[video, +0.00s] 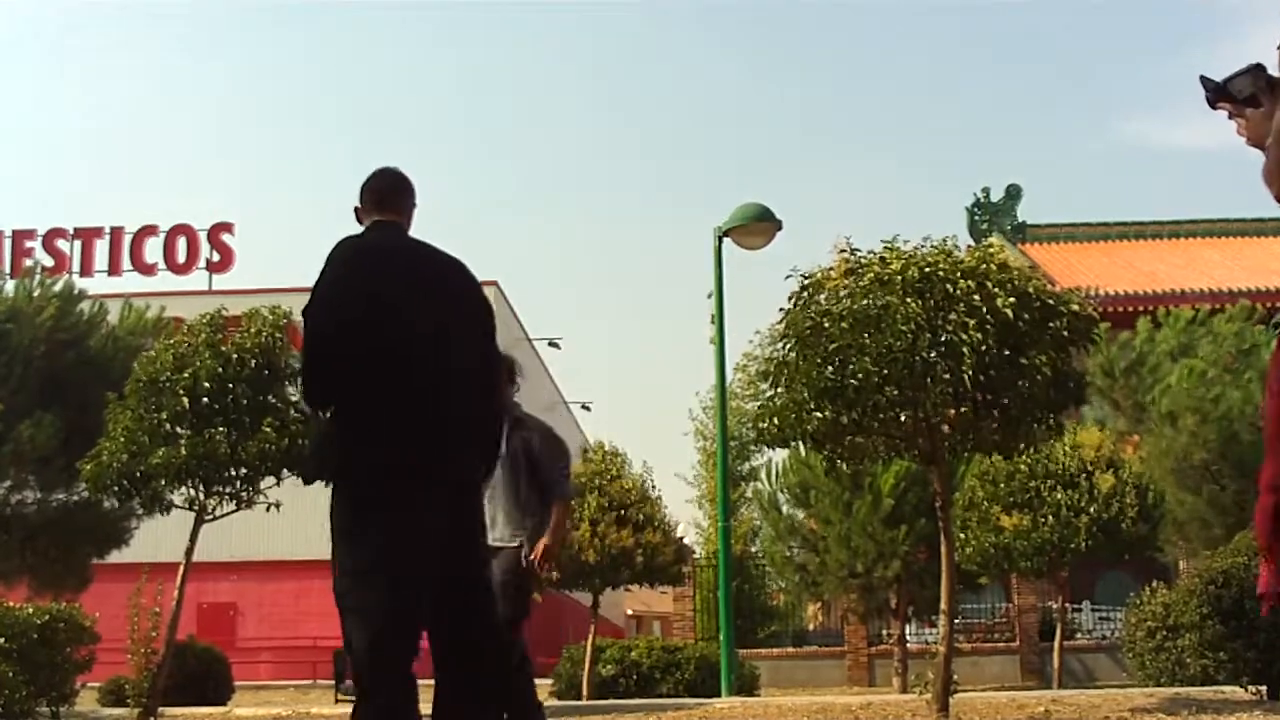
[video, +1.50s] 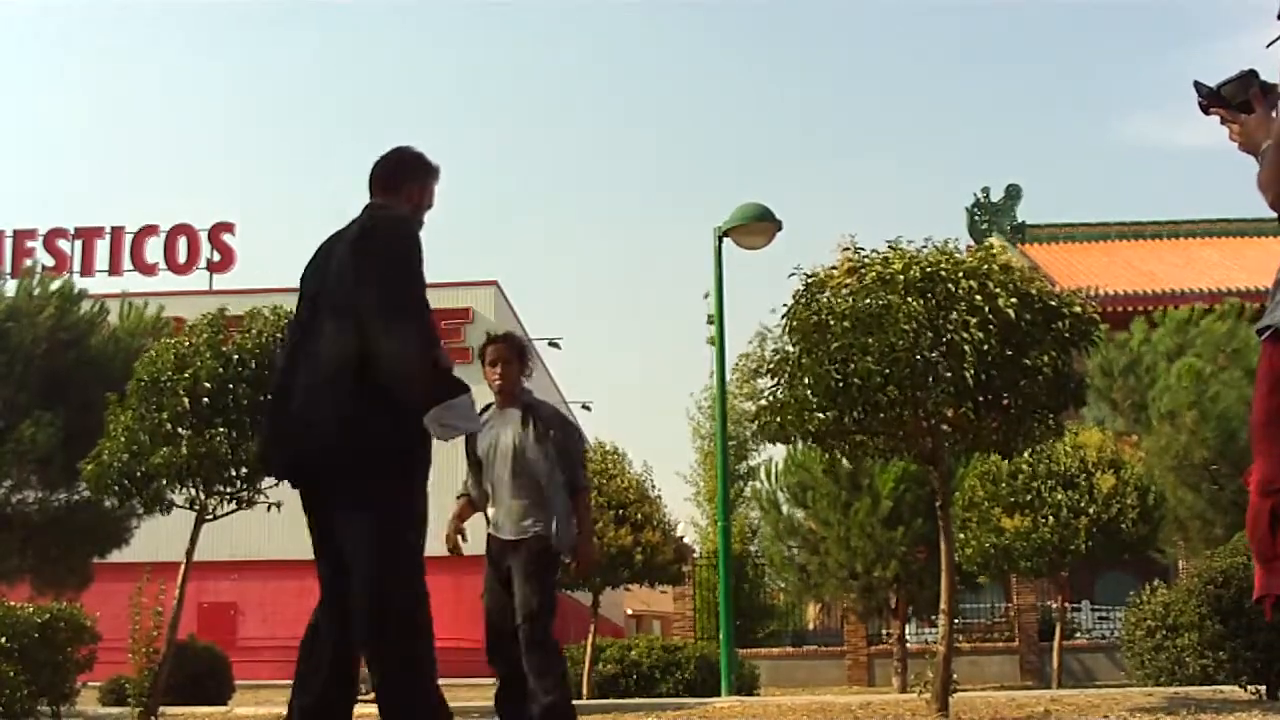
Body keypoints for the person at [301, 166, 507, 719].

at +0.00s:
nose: (371, 218)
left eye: (363, 210)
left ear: (361, 210)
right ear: (413, 211)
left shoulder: (342, 269)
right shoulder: (456, 274)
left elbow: (317, 387)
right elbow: (491, 385)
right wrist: (473, 464)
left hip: (371, 475)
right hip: (450, 475)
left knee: (379, 647)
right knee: (467, 640)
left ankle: (386, 714)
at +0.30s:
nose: (374, 220)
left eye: (363, 211)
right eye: (395, 214)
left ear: (353, 212)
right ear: (407, 214)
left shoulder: (331, 259)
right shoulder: (444, 270)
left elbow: (290, 359)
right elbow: (491, 370)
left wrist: (338, 397)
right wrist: (493, 447)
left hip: (358, 477)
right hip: (438, 469)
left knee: (358, 633)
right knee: (463, 635)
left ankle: (365, 718)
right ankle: (471, 719)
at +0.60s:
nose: (355, 208)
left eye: (336, 199)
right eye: (370, 198)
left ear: (324, 199)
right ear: (379, 199)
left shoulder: (298, 257)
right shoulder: (414, 254)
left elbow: (270, 354)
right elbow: (477, 346)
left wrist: (321, 385)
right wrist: (519, 418)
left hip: (337, 459)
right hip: (417, 456)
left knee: (354, 614)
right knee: (446, 609)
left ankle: (364, 708)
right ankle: (460, 706)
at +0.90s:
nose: (364, 215)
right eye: (367, 207)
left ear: (310, 208)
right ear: (364, 208)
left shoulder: (279, 267)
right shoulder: (400, 261)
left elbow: (256, 365)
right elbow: (468, 344)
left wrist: (319, 389)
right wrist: (493, 422)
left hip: (320, 476)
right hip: (407, 469)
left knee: (322, 621)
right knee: (441, 629)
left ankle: (283, 716)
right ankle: (453, 716)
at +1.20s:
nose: (375, 218)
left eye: (376, 210)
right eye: (374, 209)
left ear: (318, 202)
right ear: (355, 202)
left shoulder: (267, 269)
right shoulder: (371, 246)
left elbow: (246, 364)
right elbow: (417, 335)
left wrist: (280, 438)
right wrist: (448, 417)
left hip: (301, 463)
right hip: (385, 453)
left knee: (310, 608)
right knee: (425, 600)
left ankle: (303, 713)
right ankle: (462, 709)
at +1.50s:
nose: (426, 213)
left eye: (428, 202)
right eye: (425, 201)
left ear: (377, 187)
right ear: (407, 190)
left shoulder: (330, 250)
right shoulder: (392, 237)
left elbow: (305, 353)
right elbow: (402, 340)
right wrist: (449, 401)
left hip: (324, 448)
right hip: (380, 449)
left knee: (340, 597)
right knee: (396, 596)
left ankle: (314, 710)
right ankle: (417, 710)